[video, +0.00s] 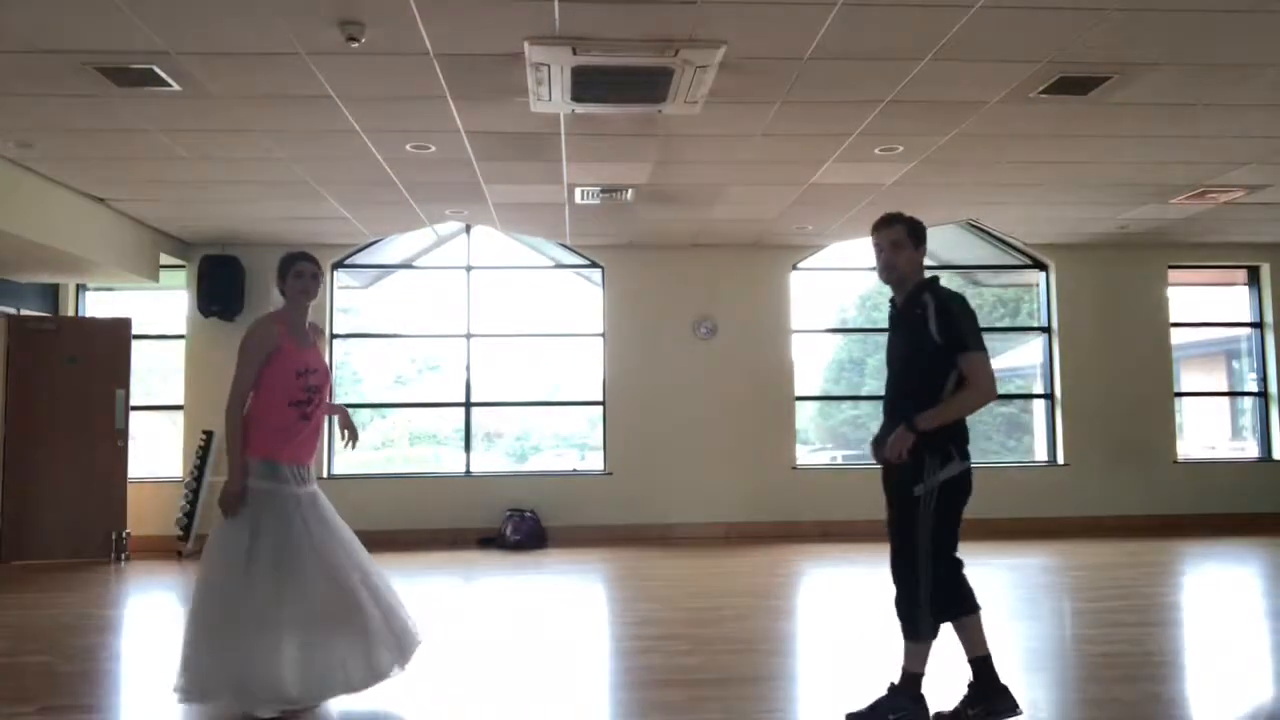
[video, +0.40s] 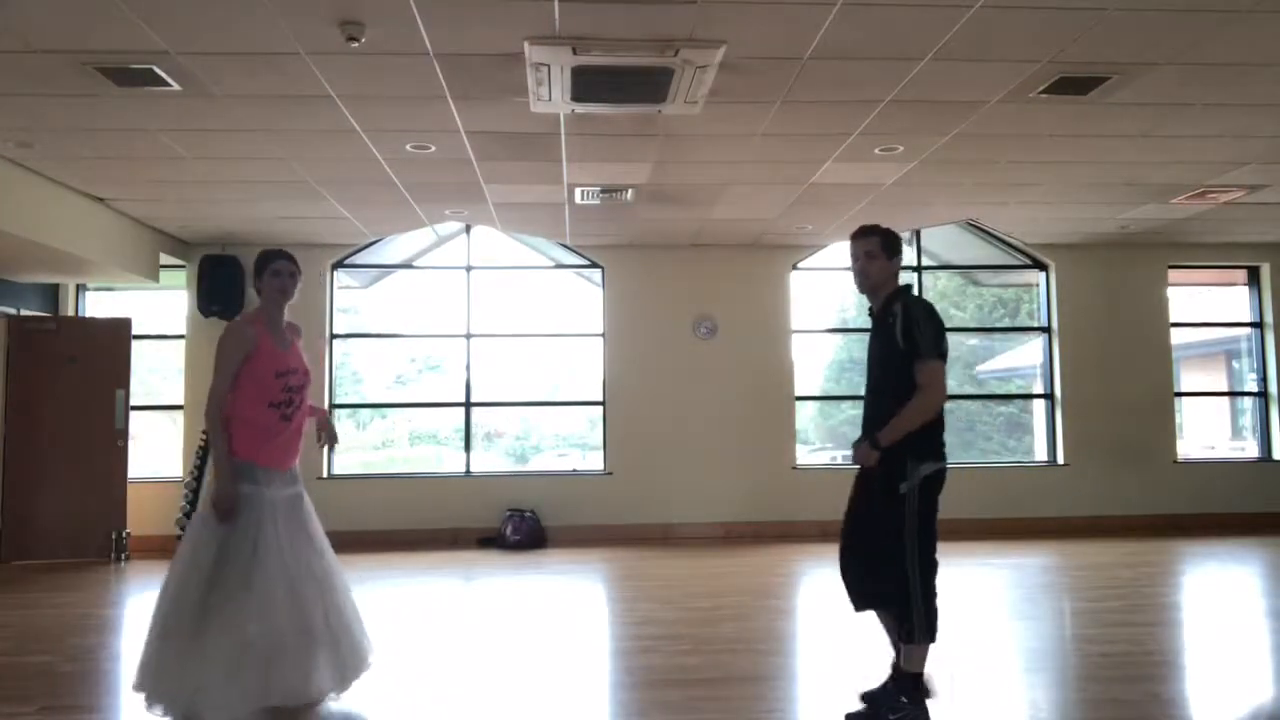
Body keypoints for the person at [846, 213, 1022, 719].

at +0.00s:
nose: (882, 258)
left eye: (891, 248)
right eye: (878, 250)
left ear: (918, 251)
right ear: (877, 257)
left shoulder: (945, 305)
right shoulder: (901, 311)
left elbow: (983, 386)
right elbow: (913, 384)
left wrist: (914, 425)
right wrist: (891, 432)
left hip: (936, 462)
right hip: (908, 462)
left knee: (917, 573)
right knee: (941, 569)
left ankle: (908, 694)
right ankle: (989, 685)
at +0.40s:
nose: (858, 268)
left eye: (868, 258)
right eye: (855, 260)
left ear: (893, 262)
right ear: (856, 267)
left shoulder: (915, 312)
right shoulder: (883, 318)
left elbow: (933, 394)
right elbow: (889, 391)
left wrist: (878, 440)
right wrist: (871, 441)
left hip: (913, 462)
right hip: (883, 460)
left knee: (908, 564)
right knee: (863, 558)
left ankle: (911, 687)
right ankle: (905, 667)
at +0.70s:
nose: (838, 273)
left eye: (846, 264)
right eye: (838, 265)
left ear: (876, 267)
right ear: (856, 270)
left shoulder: (903, 313)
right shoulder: (867, 322)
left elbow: (917, 394)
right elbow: (862, 398)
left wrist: (895, 468)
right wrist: (836, 461)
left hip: (904, 463)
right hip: (872, 462)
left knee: (896, 569)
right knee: (876, 570)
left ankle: (906, 687)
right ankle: (893, 674)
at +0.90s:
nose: (838, 274)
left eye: (846, 265)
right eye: (837, 266)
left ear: (874, 267)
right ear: (858, 271)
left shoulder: (902, 313)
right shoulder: (864, 326)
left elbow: (928, 391)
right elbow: (859, 403)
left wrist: (910, 464)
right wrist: (824, 463)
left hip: (902, 461)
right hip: (872, 462)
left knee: (895, 567)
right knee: (879, 566)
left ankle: (905, 684)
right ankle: (894, 674)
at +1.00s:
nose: (840, 273)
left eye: (848, 265)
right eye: (839, 265)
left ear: (876, 267)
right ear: (855, 271)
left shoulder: (904, 313)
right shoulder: (865, 326)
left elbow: (931, 389)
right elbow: (861, 403)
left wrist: (912, 463)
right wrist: (828, 463)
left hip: (903, 462)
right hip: (872, 462)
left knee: (899, 569)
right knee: (878, 570)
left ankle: (912, 686)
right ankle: (896, 674)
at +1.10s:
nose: (842, 272)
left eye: (850, 263)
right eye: (842, 264)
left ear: (878, 267)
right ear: (858, 270)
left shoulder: (907, 314)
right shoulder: (866, 325)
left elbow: (931, 390)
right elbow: (863, 403)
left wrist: (912, 464)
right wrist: (837, 465)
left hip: (905, 463)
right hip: (874, 463)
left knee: (906, 568)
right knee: (882, 569)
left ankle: (927, 689)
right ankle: (896, 675)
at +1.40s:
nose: (860, 266)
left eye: (869, 258)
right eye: (860, 258)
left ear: (898, 263)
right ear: (870, 266)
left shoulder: (926, 314)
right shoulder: (878, 324)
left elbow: (947, 397)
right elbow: (881, 407)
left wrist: (920, 467)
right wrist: (865, 471)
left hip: (922, 467)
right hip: (886, 467)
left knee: (931, 580)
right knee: (894, 575)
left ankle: (972, 703)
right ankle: (898, 679)